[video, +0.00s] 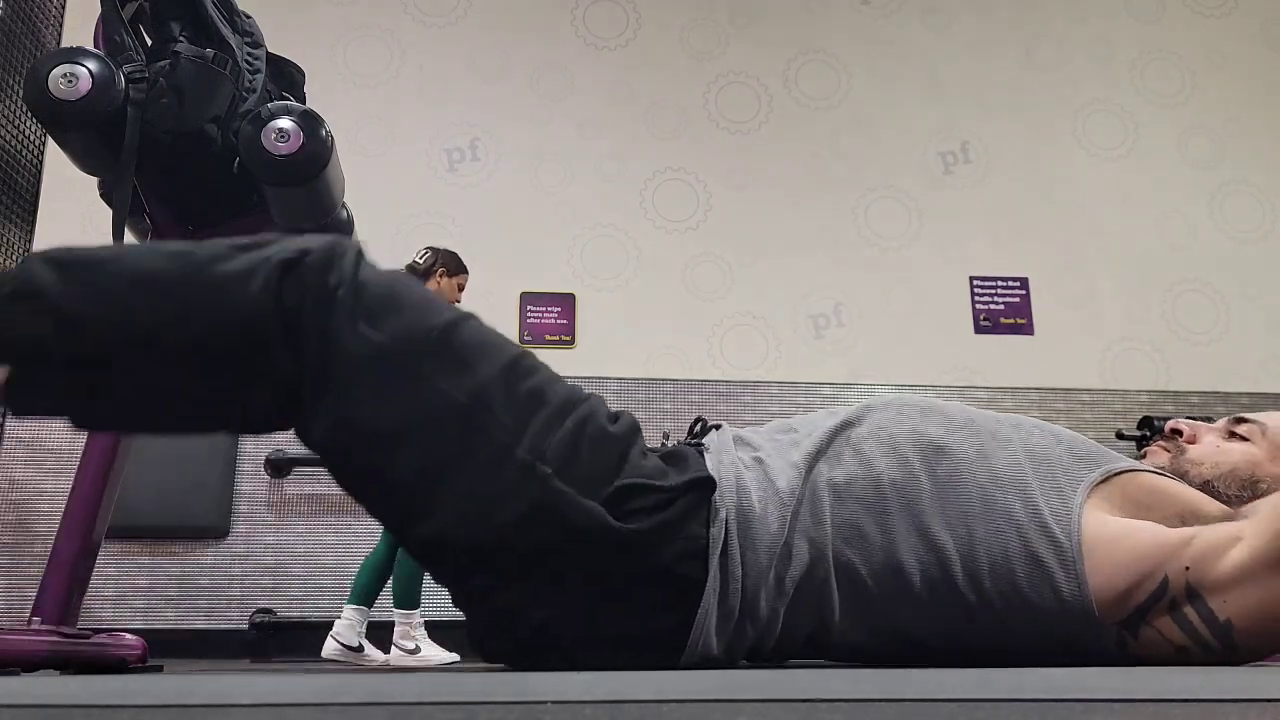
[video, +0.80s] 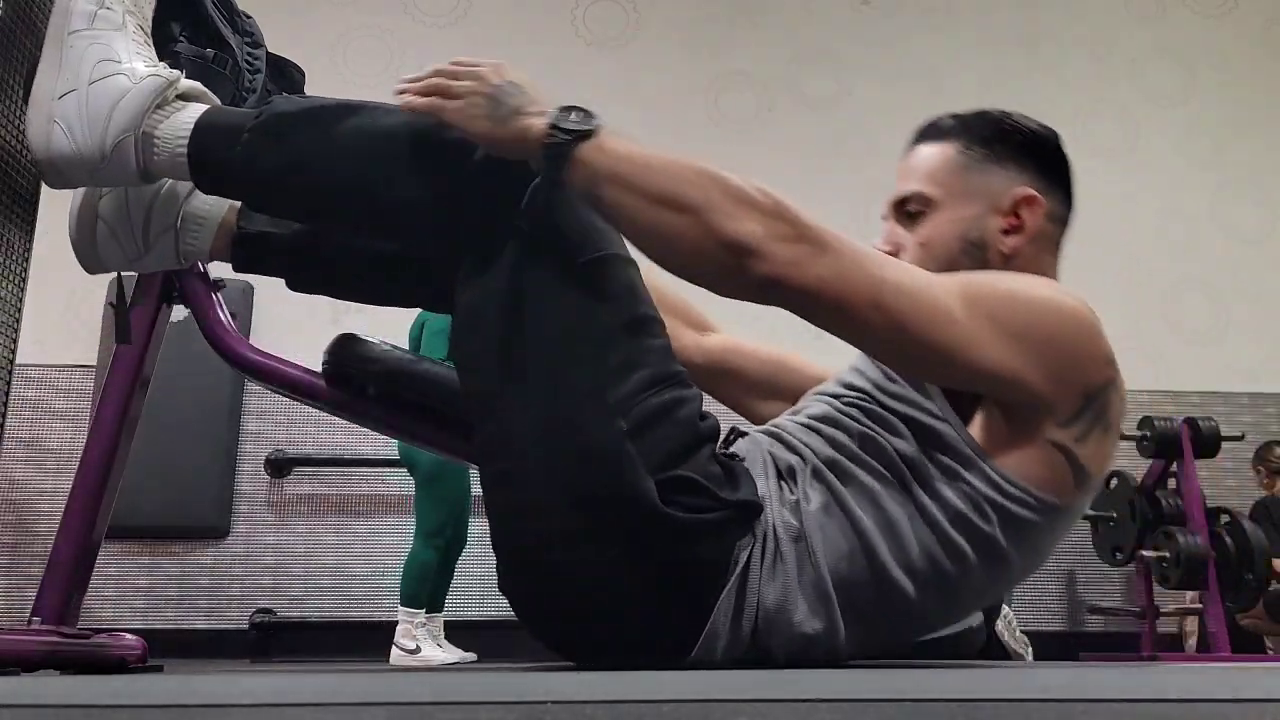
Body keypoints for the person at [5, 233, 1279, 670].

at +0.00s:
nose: (1210, 433)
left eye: (1239, 442)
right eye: (1224, 420)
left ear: (1240, 489)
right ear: (1191, 440)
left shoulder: (1170, 567)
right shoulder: (1100, 487)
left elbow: (1278, 531)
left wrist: (1242, 475)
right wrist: (1232, 466)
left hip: (660, 562)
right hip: (654, 493)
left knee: (330, 297)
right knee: (328, 305)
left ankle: (14, 315)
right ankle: (21, 324)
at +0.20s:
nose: (1185, 417)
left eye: (1207, 418)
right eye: (1197, 401)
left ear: (1229, 479)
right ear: (1199, 440)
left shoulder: (1187, 572)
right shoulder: (1092, 489)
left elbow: (1238, 412)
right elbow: (1004, 432)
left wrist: (1250, 270)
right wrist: (1149, 297)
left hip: (654, 566)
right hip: (659, 500)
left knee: (409, 230)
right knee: (408, 234)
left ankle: (56, 222)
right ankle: (75, 205)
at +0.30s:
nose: (1236, 366)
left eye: (1268, 385)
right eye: (1256, 361)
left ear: (1265, 468)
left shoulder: (1196, 539)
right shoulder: (1087, 498)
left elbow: (1154, 259)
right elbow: (939, 414)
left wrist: (1187, 78)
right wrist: (1014, 250)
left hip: (666, 570)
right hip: (665, 521)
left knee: (456, 213)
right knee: (462, 199)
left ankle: (81, 195)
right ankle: (118, 188)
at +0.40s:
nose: (1144, 347)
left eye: (1184, 347)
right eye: (1158, 336)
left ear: (1240, 429)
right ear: (1146, 393)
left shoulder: (1189, 520)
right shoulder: (1052, 473)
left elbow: (1044, 268)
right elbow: (879, 397)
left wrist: (1005, 72)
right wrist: (896, 212)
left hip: (667, 565)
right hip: (649, 527)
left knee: (492, 196)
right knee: (482, 208)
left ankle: (131, 150)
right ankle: (164, 195)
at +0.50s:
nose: (1067, 328)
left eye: (1111, 318)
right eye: (1081, 308)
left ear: (1204, 371)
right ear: (1157, 369)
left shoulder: (1173, 482)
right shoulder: (1028, 472)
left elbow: (968, 286)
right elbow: (827, 373)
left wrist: (849, 96)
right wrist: (780, 190)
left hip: (681, 562)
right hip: (664, 534)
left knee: (514, 187)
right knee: (508, 209)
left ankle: (144, 142)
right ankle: (176, 191)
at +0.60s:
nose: (992, 297)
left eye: (1032, 276)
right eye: (1003, 276)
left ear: (1135, 313)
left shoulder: (1137, 440)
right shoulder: (983, 456)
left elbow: (890, 282)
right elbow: (773, 348)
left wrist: (719, 120)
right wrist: (675, 187)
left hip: (689, 552)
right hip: (644, 559)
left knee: (514, 176)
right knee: (503, 217)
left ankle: (161, 130)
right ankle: (179, 210)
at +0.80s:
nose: (891, 240)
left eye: (920, 215)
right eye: (895, 218)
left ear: (1024, 226)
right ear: (949, 233)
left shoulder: (1062, 336)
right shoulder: (937, 393)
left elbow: (766, 250)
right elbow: (692, 342)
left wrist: (537, 128)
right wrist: (539, 169)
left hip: (688, 566)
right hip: (651, 563)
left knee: (522, 194)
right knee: (518, 206)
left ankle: (150, 119)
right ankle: (198, 224)